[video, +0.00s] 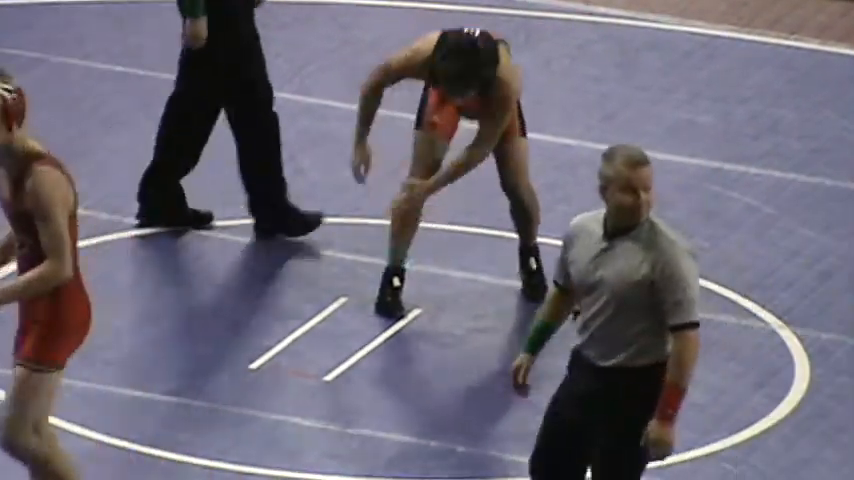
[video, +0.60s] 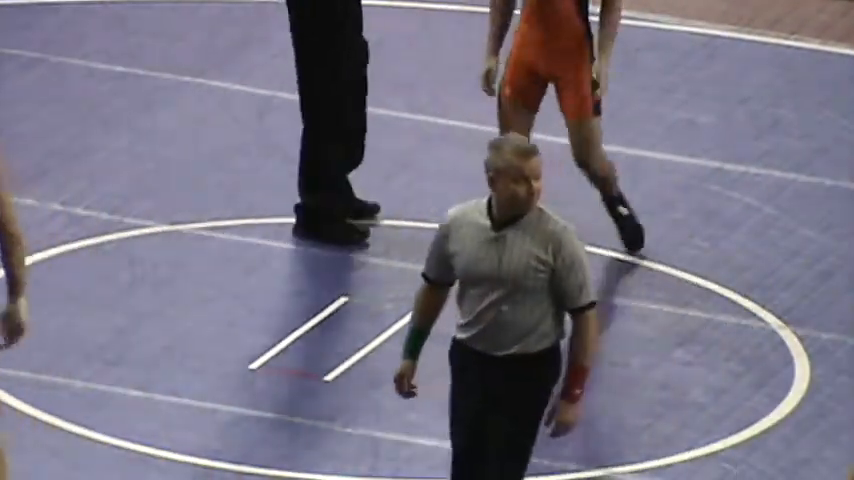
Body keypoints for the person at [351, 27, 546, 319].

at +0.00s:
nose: (455, 100)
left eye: (462, 93)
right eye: (447, 91)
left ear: (481, 82)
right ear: (436, 74)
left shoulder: (504, 81)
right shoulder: (424, 55)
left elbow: (482, 148)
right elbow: (376, 81)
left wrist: (426, 190)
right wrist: (360, 142)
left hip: (496, 101)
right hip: (443, 92)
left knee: (517, 187)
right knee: (418, 182)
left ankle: (530, 254)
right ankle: (394, 274)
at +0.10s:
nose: (476, 42)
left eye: (484, 35)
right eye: (469, 33)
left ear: (500, 27)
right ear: (458, 22)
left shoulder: (528, 41)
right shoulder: (443, 21)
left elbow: (516, 114)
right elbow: (414, 47)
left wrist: (460, 150)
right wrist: (391, 104)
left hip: (515, 93)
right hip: (465, 87)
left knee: (526, 189)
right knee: (428, 178)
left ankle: (529, 266)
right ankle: (393, 274)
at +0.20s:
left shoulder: (542, 8)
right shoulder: (468, 3)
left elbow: (563, 78)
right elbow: (446, 25)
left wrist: (514, 116)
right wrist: (420, 78)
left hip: (534, 79)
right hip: (487, 70)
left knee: (538, 192)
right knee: (437, 166)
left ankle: (537, 285)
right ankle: (417, 268)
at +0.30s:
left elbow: (602, 13)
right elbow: (462, 2)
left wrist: (572, 71)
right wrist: (447, 53)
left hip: (546, 51)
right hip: (499, 43)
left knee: (541, 164)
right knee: (460, 141)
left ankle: (532, 247)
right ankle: (468, 235)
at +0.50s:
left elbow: (613, 2)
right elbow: (489, 1)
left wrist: (605, 43)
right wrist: (481, 39)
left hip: (564, 40)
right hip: (516, 36)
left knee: (570, 151)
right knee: (506, 149)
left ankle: (584, 221)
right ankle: (516, 223)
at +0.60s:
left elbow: (611, 7)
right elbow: (503, 3)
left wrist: (602, 63)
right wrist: (492, 55)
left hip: (573, 53)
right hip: (527, 46)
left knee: (588, 158)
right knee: (511, 152)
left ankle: (616, 203)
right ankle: (513, 226)